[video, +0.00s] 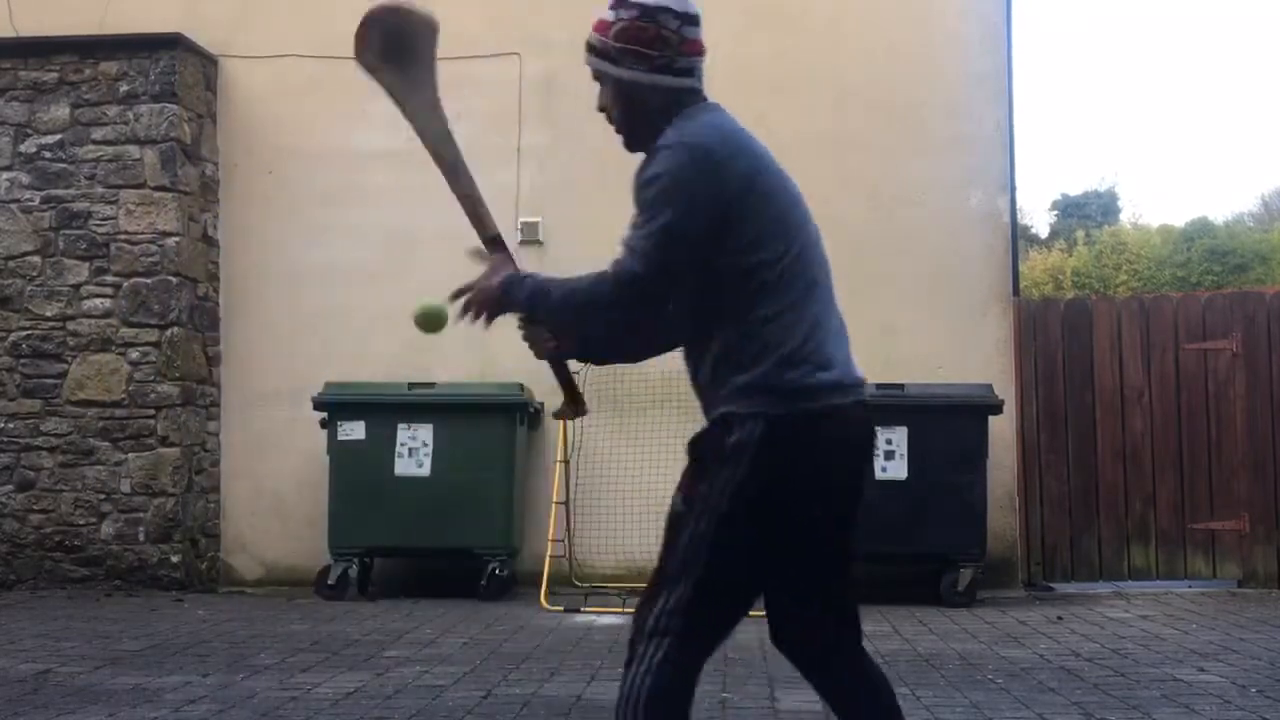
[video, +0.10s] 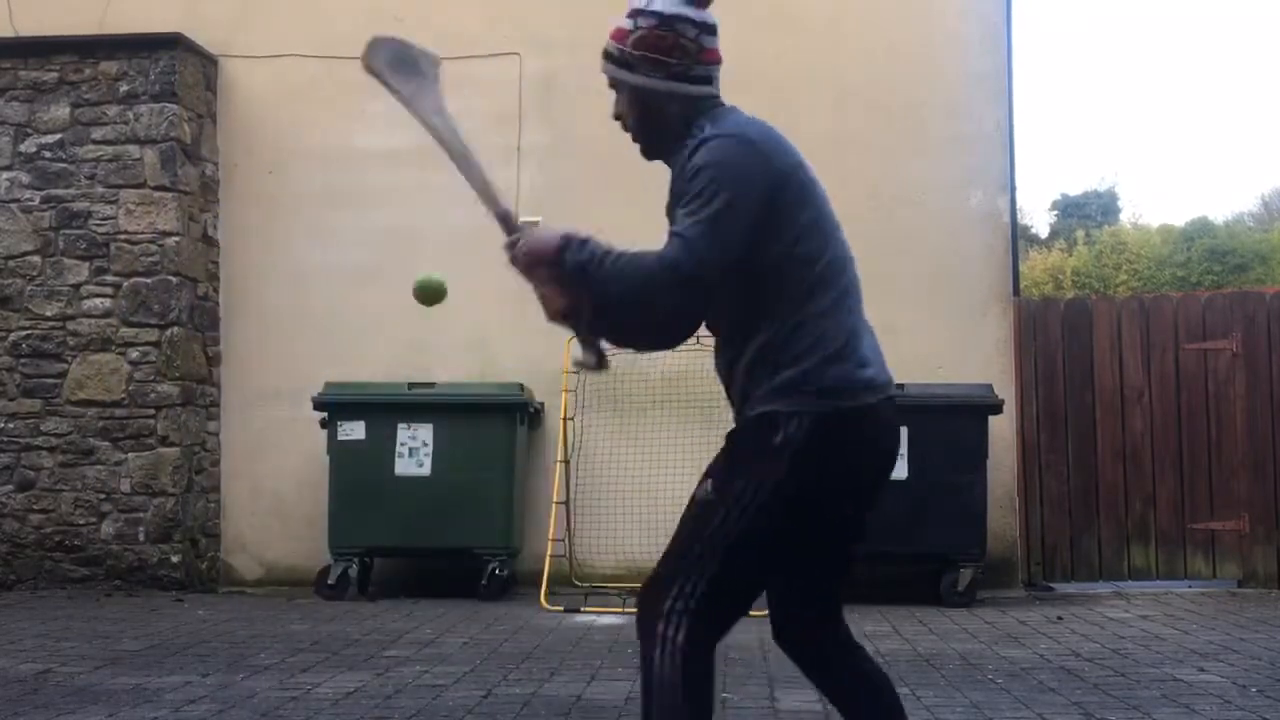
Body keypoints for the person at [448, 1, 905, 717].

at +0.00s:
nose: (600, 104)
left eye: (603, 83)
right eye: (598, 84)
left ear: (639, 81)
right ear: (670, 77)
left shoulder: (685, 155)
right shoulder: (723, 146)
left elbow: (639, 294)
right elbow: (669, 316)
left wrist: (519, 287)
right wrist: (572, 333)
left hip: (768, 428)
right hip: (830, 421)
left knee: (668, 639)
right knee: (817, 635)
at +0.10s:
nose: (615, 112)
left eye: (619, 90)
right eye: (613, 92)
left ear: (661, 86)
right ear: (683, 82)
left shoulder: (727, 153)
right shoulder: (730, 155)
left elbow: (678, 284)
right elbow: (667, 320)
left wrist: (571, 252)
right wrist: (585, 304)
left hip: (801, 421)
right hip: (850, 418)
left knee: (673, 613)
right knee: (806, 622)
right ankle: (887, 718)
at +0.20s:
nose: (630, 121)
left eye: (632, 99)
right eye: (625, 103)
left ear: (668, 89)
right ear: (697, 81)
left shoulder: (751, 137)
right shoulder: (732, 155)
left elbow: (701, 248)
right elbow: (661, 288)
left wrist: (598, 185)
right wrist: (585, 243)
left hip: (825, 414)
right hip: (869, 411)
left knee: (707, 606)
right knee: (829, 614)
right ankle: (908, 716)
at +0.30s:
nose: (636, 136)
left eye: (636, 114)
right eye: (631, 117)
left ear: (661, 98)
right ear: (703, 81)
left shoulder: (729, 143)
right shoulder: (741, 142)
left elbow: (685, 288)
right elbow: (681, 291)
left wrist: (592, 220)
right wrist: (565, 256)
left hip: (854, 412)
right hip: (896, 399)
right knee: (882, 623)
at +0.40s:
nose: (632, 150)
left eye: (632, 131)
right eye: (626, 131)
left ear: (654, 121)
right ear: (698, 100)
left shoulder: (697, 198)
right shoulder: (766, 143)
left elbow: (709, 360)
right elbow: (736, 289)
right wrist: (627, 310)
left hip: (870, 417)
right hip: (931, 391)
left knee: (846, 649)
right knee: (881, 627)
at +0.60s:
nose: (625, 121)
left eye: (622, 105)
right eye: (625, 99)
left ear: (626, 107)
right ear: (699, 80)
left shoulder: (657, 201)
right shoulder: (791, 129)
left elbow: (672, 339)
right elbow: (800, 277)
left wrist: (688, 418)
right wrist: (721, 384)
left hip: (815, 428)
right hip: (910, 401)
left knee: (835, 647)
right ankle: (821, 705)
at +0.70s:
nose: (609, 83)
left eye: (608, 72)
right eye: (615, 69)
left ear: (617, 80)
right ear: (693, 63)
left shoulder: (625, 189)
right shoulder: (784, 129)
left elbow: (665, 324)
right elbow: (814, 269)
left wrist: (717, 391)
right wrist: (714, 378)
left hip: (752, 425)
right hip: (852, 405)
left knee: (761, 650)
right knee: (790, 637)